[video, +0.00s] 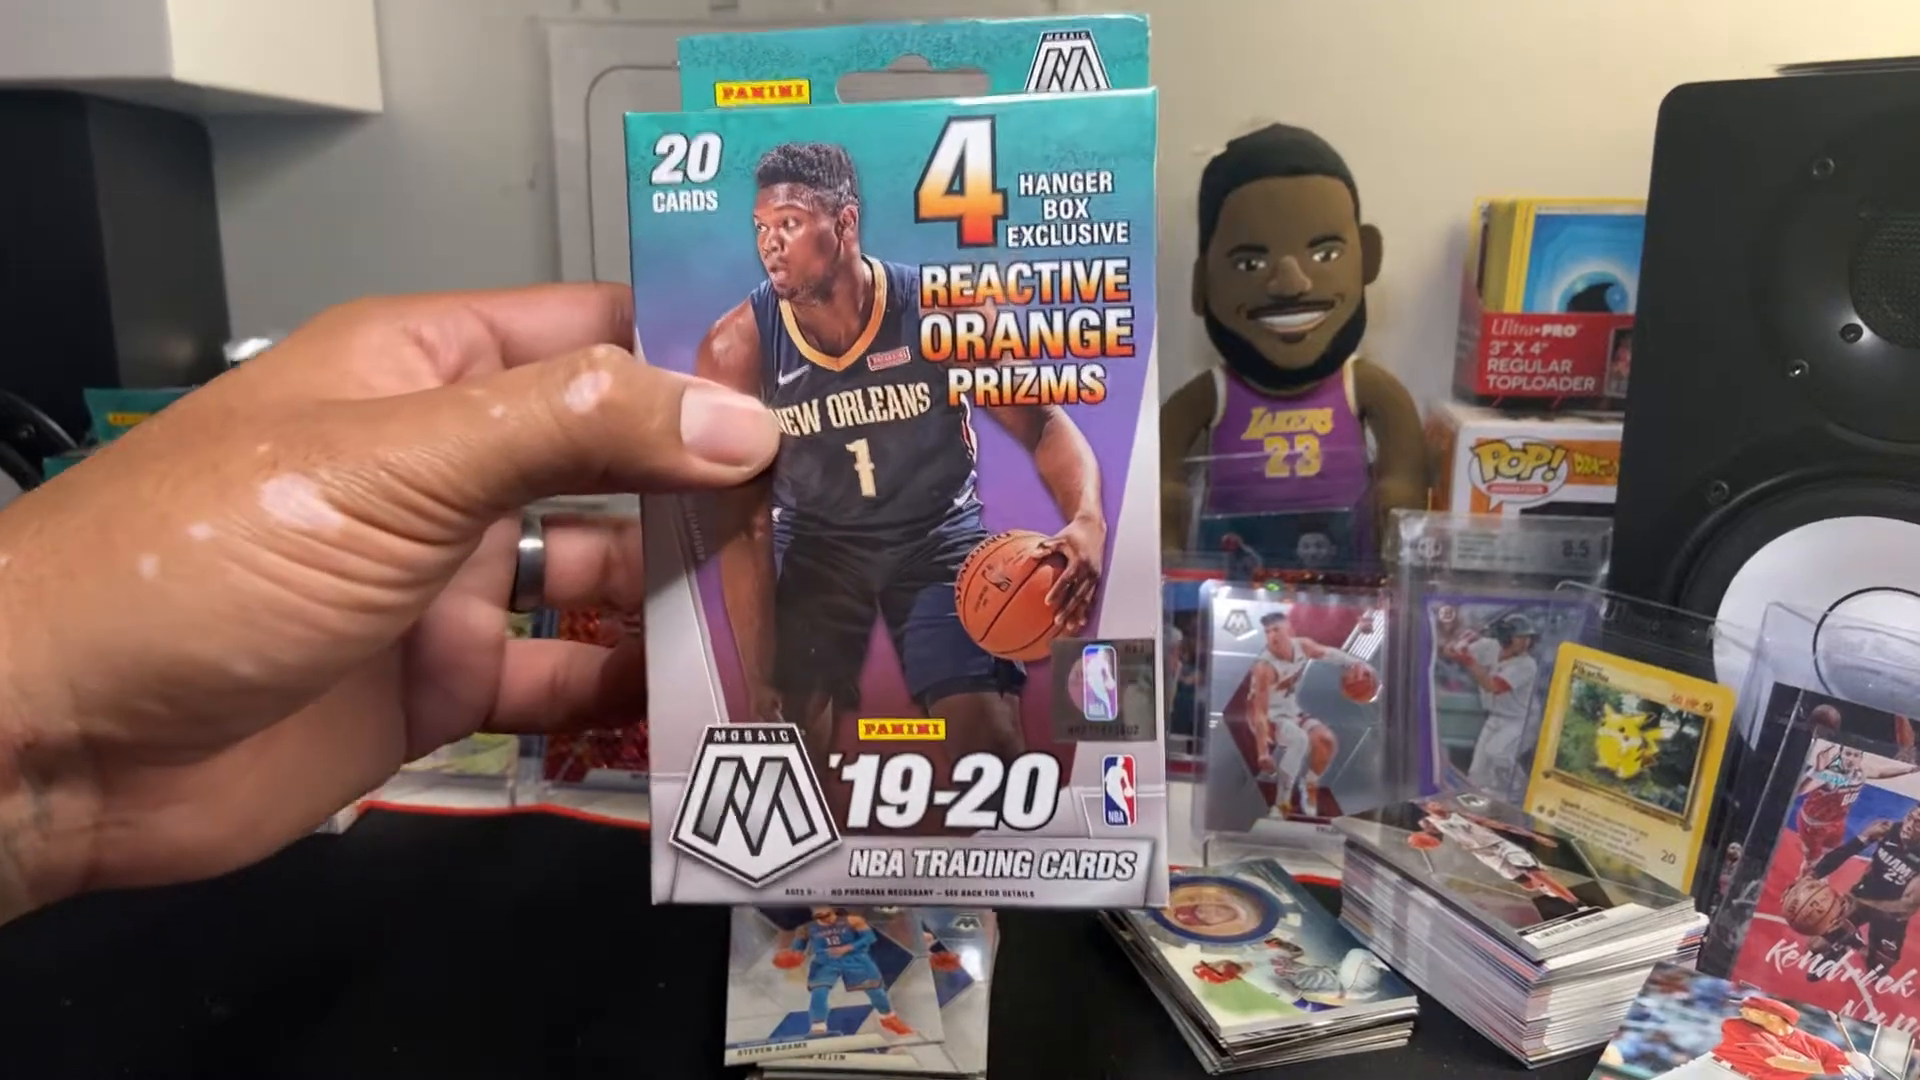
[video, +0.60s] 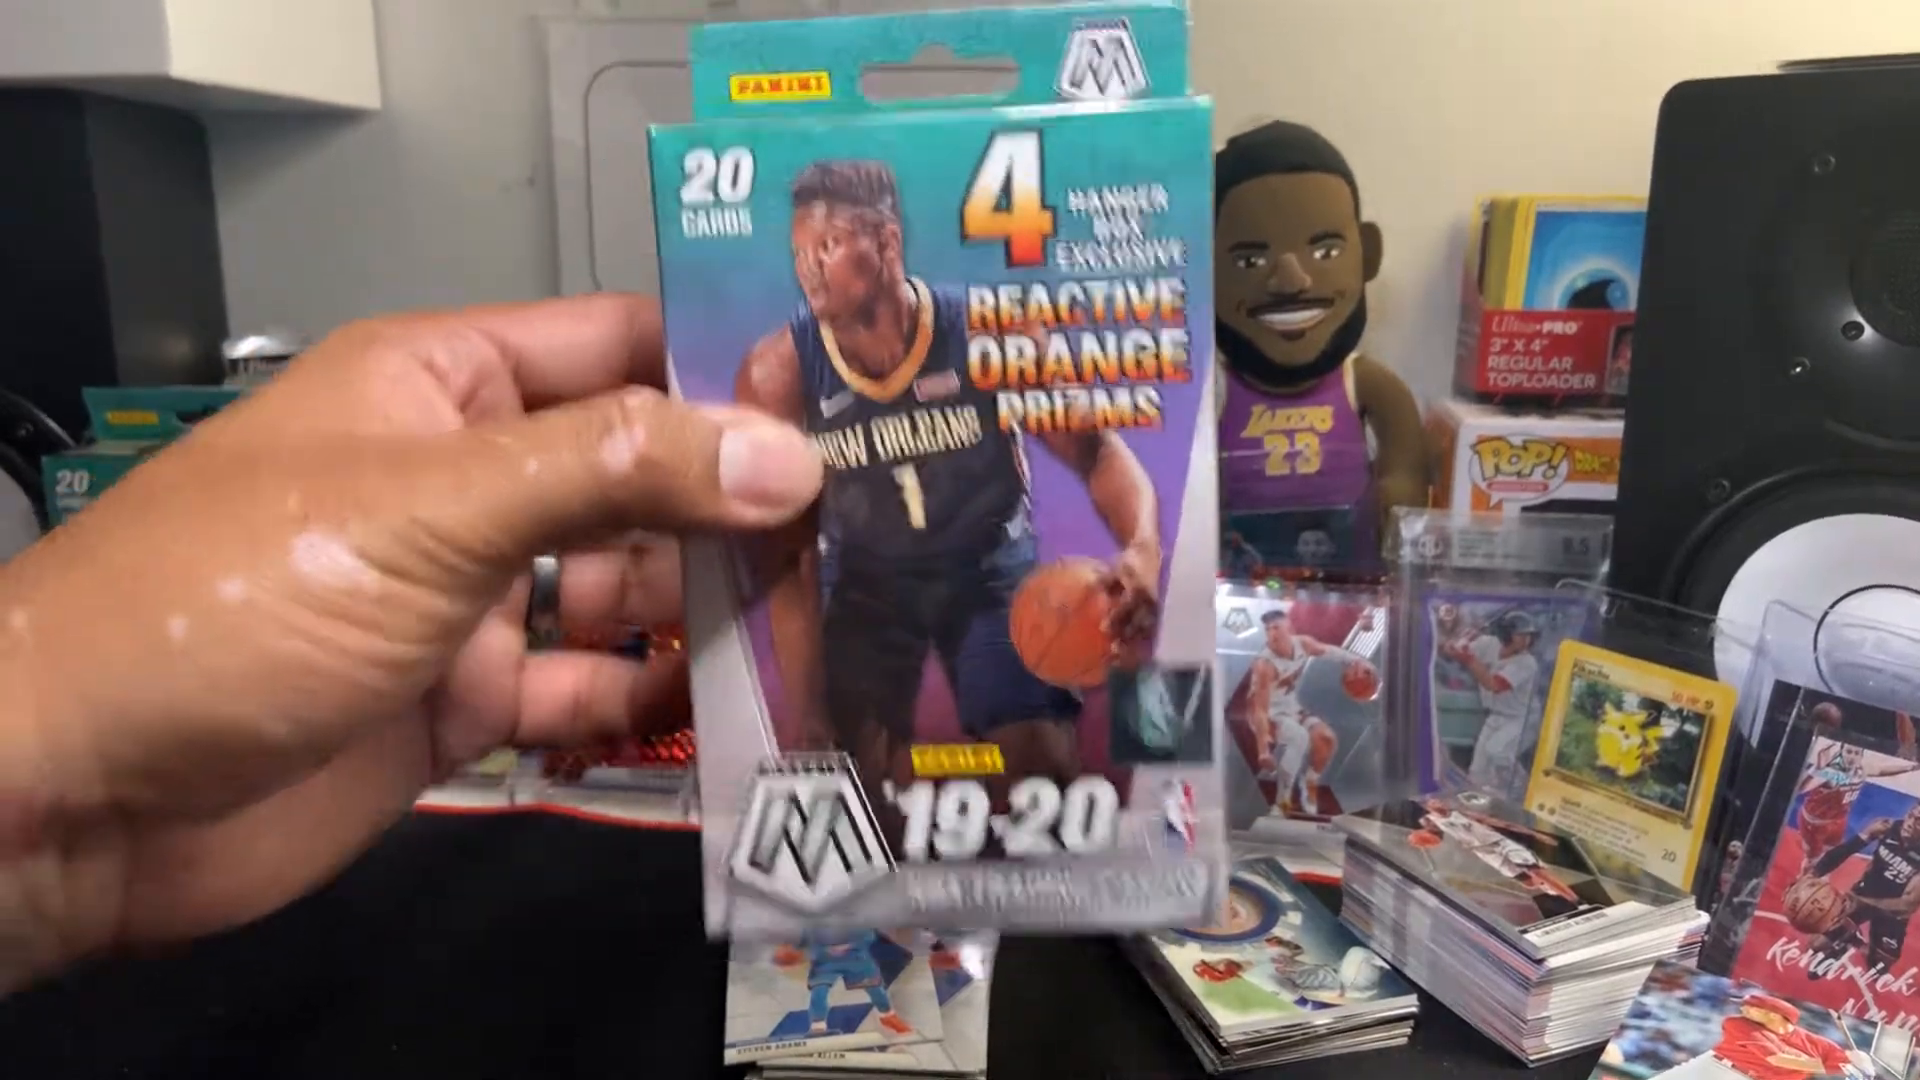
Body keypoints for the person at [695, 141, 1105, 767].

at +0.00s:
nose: (770, 245)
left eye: (789, 224)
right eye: (762, 228)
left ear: (847, 223)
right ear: (754, 234)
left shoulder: (939, 312)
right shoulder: (738, 346)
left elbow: (1041, 425)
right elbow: (742, 524)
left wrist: (1088, 519)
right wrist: (758, 688)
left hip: (940, 536)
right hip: (819, 546)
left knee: (984, 730)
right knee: (797, 735)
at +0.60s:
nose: (812, 268)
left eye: (830, 245)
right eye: (802, 251)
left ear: (889, 244)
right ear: (792, 260)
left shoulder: (984, 334)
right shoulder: (779, 371)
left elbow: (1094, 451)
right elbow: (786, 554)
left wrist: (1143, 547)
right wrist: (805, 717)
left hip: (990, 573)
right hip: (870, 585)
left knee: (1038, 761)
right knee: (857, 770)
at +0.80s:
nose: (831, 386)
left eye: (851, 364)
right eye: (823, 370)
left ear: (912, 362)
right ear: (816, 380)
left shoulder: (1007, 451)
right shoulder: (798, 492)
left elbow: (1121, 571)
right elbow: (802, 683)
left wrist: (1175, 671)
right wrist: (822, 854)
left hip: (1018, 697)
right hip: (888, 707)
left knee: (1069, 904)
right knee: (876, 917)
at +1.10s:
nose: (828, 322)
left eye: (849, 299)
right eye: (820, 303)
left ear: (909, 297)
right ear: (812, 310)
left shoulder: (1006, 387)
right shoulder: (799, 429)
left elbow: (1120, 497)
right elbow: (808, 619)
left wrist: (1174, 594)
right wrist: (831, 791)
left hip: (1018, 633)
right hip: (897, 648)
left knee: (1075, 821)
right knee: (881, 847)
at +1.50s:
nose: (825, 241)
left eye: (844, 217)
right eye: (815, 221)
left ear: (908, 212)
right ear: (807, 225)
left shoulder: (1014, 307)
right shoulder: (795, 353)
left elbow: (1131, 426)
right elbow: (811, 554)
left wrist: (1183, 523)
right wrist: (832, 725)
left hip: (1024, 557)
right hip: (898, 573)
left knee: (1080, 755)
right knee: (879, 773)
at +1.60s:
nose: (822, 315)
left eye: (842, 290)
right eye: (812, 297)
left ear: (908, 287)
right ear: (805, 306)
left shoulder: (1010, 384)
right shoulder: (787, 427)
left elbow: (1127, 506)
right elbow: (800, 631)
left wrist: (1178, 605)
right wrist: (816, 817)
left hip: (1018, 640)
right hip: (888, 653)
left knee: (1071, 846)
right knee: (866, 861)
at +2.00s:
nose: (811, 408)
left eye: (832, 384)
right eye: (801, 389)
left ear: (895, 387)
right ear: (791, 399)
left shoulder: (999, 487)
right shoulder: (774, 520)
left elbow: (1115, 608)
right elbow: (781, 728)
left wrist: (1162, 712)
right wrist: (790, 920)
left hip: (999, 750)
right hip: (870, 759)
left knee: (1052, 946)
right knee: (842, 963)